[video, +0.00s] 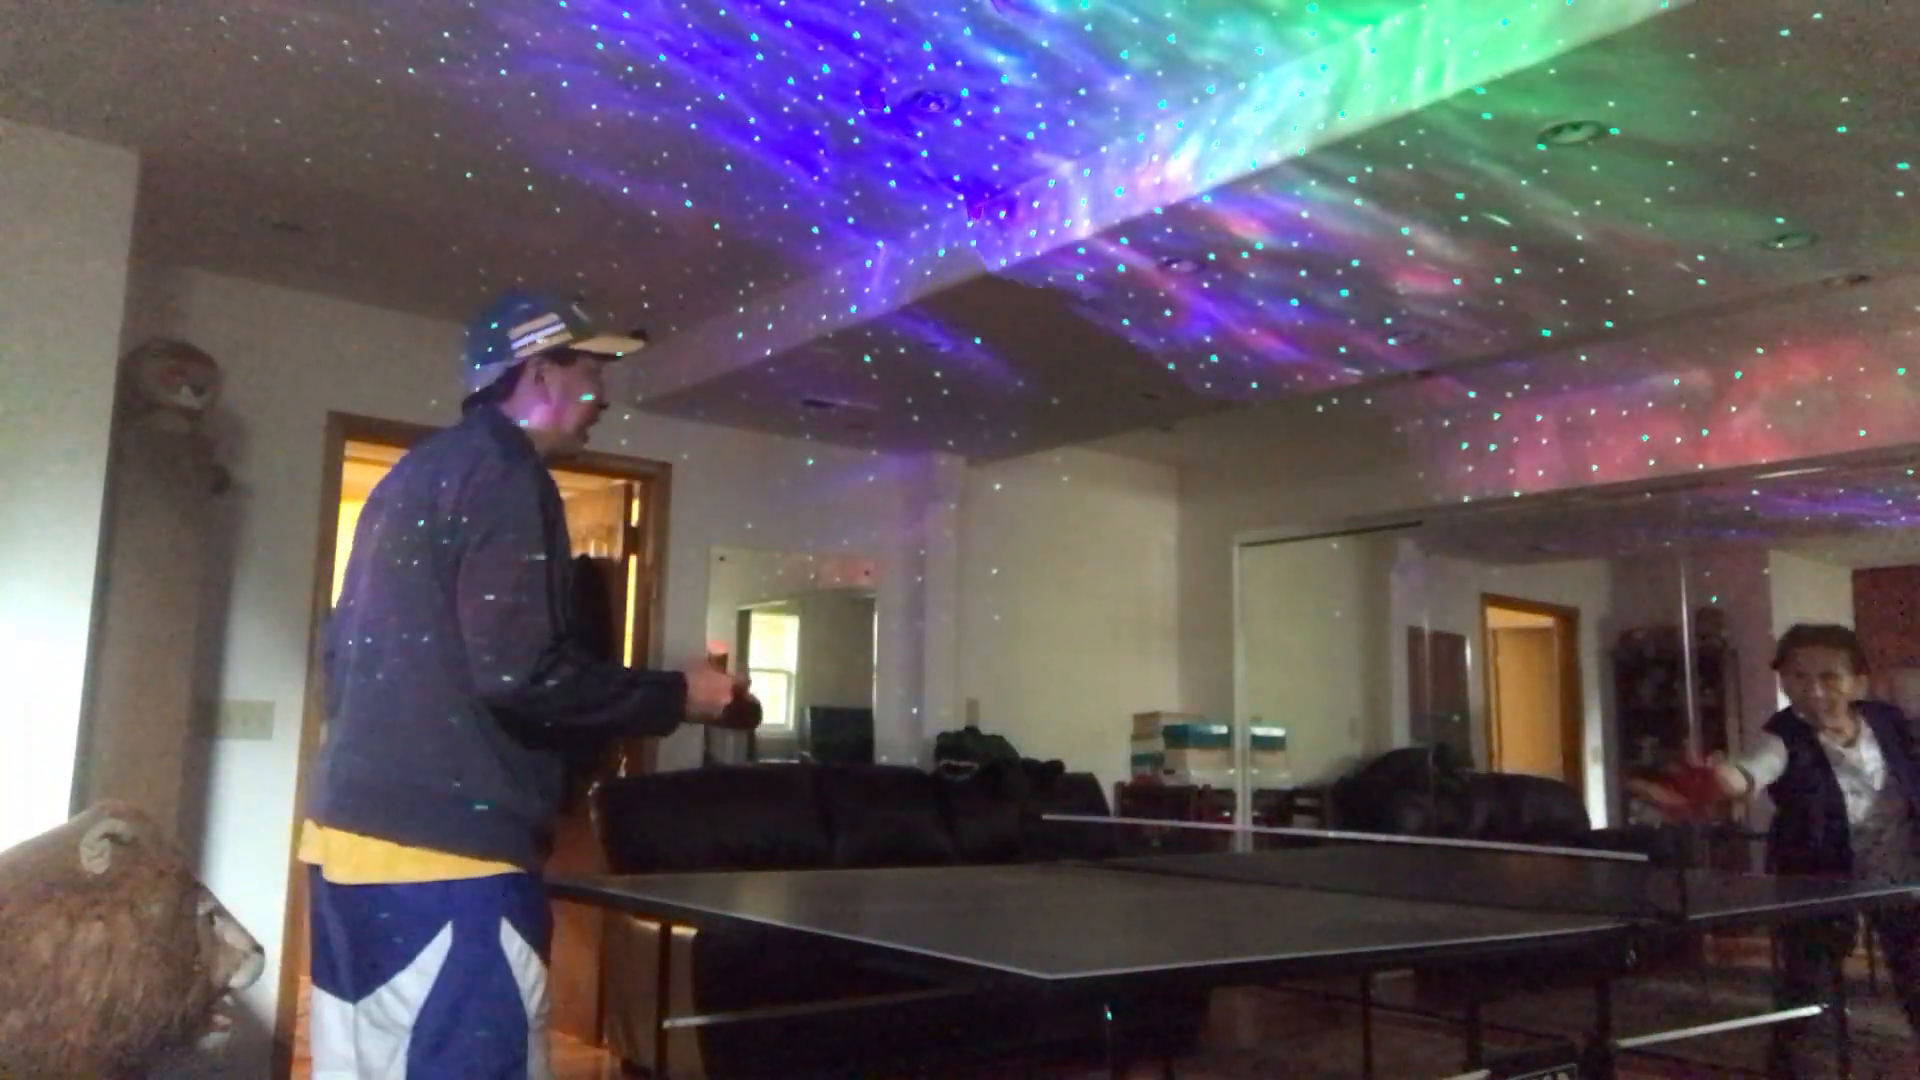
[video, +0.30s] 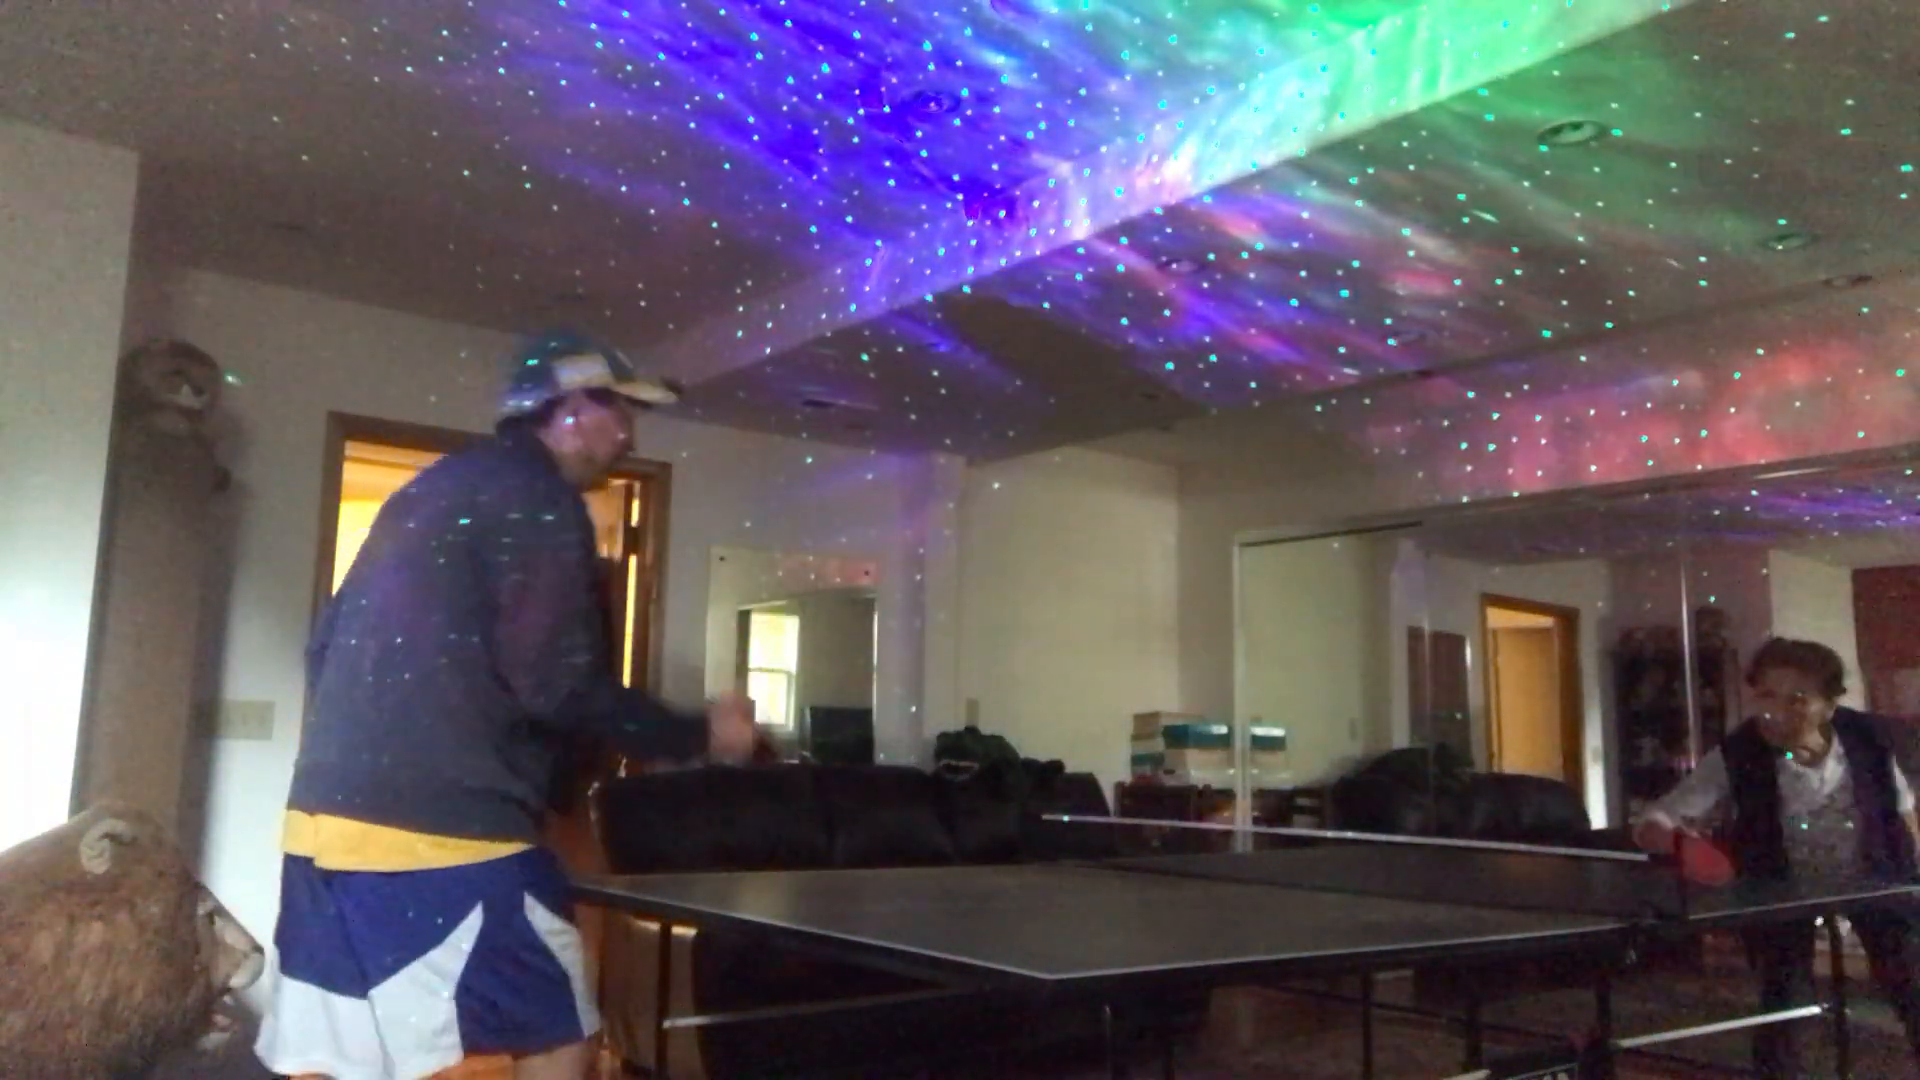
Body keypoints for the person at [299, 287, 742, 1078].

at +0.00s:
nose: (601, 399)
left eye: (600, 378)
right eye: (592, 376)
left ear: (524, 376)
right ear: (539, 374)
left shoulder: (409, 471)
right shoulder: (508, 477)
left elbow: (343, 642)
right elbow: (517, 670)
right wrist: (677, 695)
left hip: (355, 841)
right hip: (453, 853)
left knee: (363, 1061)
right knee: (472, 1061)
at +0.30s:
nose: (630, 437)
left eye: (631, 416)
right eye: (621, 413)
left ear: (545, 411)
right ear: (570, 412)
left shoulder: (424, 490)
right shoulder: (540, 500)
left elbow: (329, 640)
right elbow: (555, 682)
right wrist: (697, 732)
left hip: (326, 821)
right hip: (448, 826)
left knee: (332, 1060)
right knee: (556, 1050)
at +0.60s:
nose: (726, 529)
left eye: (730, 509)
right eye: (721, 507)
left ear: (632, 487)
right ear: (678, 496)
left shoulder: (505, 527)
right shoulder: (675, 597)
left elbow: (361, 628)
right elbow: (742, 759)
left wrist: (330, 785)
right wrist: (866, 783)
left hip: (351, 812)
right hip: (498, 840)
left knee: (322, 1062)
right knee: (577, 1052)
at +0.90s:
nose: (761, 497)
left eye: (762, 480)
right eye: (756, 477)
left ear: (676, 464)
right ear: (714, 474)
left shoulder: (541, 504)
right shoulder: (732, 567)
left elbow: (412, 590)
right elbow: (842, 653)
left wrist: (357, 733)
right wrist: (931, 562)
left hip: (411, 804)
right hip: (552, 832)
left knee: (388, 1053)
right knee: (607, 1053)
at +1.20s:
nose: (679, 447)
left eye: (677, 429)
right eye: (668, 427)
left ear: (587, 430)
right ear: (623, 434)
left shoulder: (468, 506)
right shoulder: (616, 515)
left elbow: (380, 653)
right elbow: (634, 665)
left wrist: (455, 727)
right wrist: (763, 685)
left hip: (389, 812)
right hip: (517, 822)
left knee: (394, 1057)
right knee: (588, 1058)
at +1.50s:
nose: (621, 423)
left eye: (621, 404)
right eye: (613, 402)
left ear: (529, 403)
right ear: (565, 404)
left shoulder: (423, 491)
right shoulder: (535, 487)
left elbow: (336, 642)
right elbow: (511, 652)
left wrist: (382, 757)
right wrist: (654, 714)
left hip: (345, 824)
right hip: (459, 829)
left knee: (348, 1062)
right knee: (530, 1061)